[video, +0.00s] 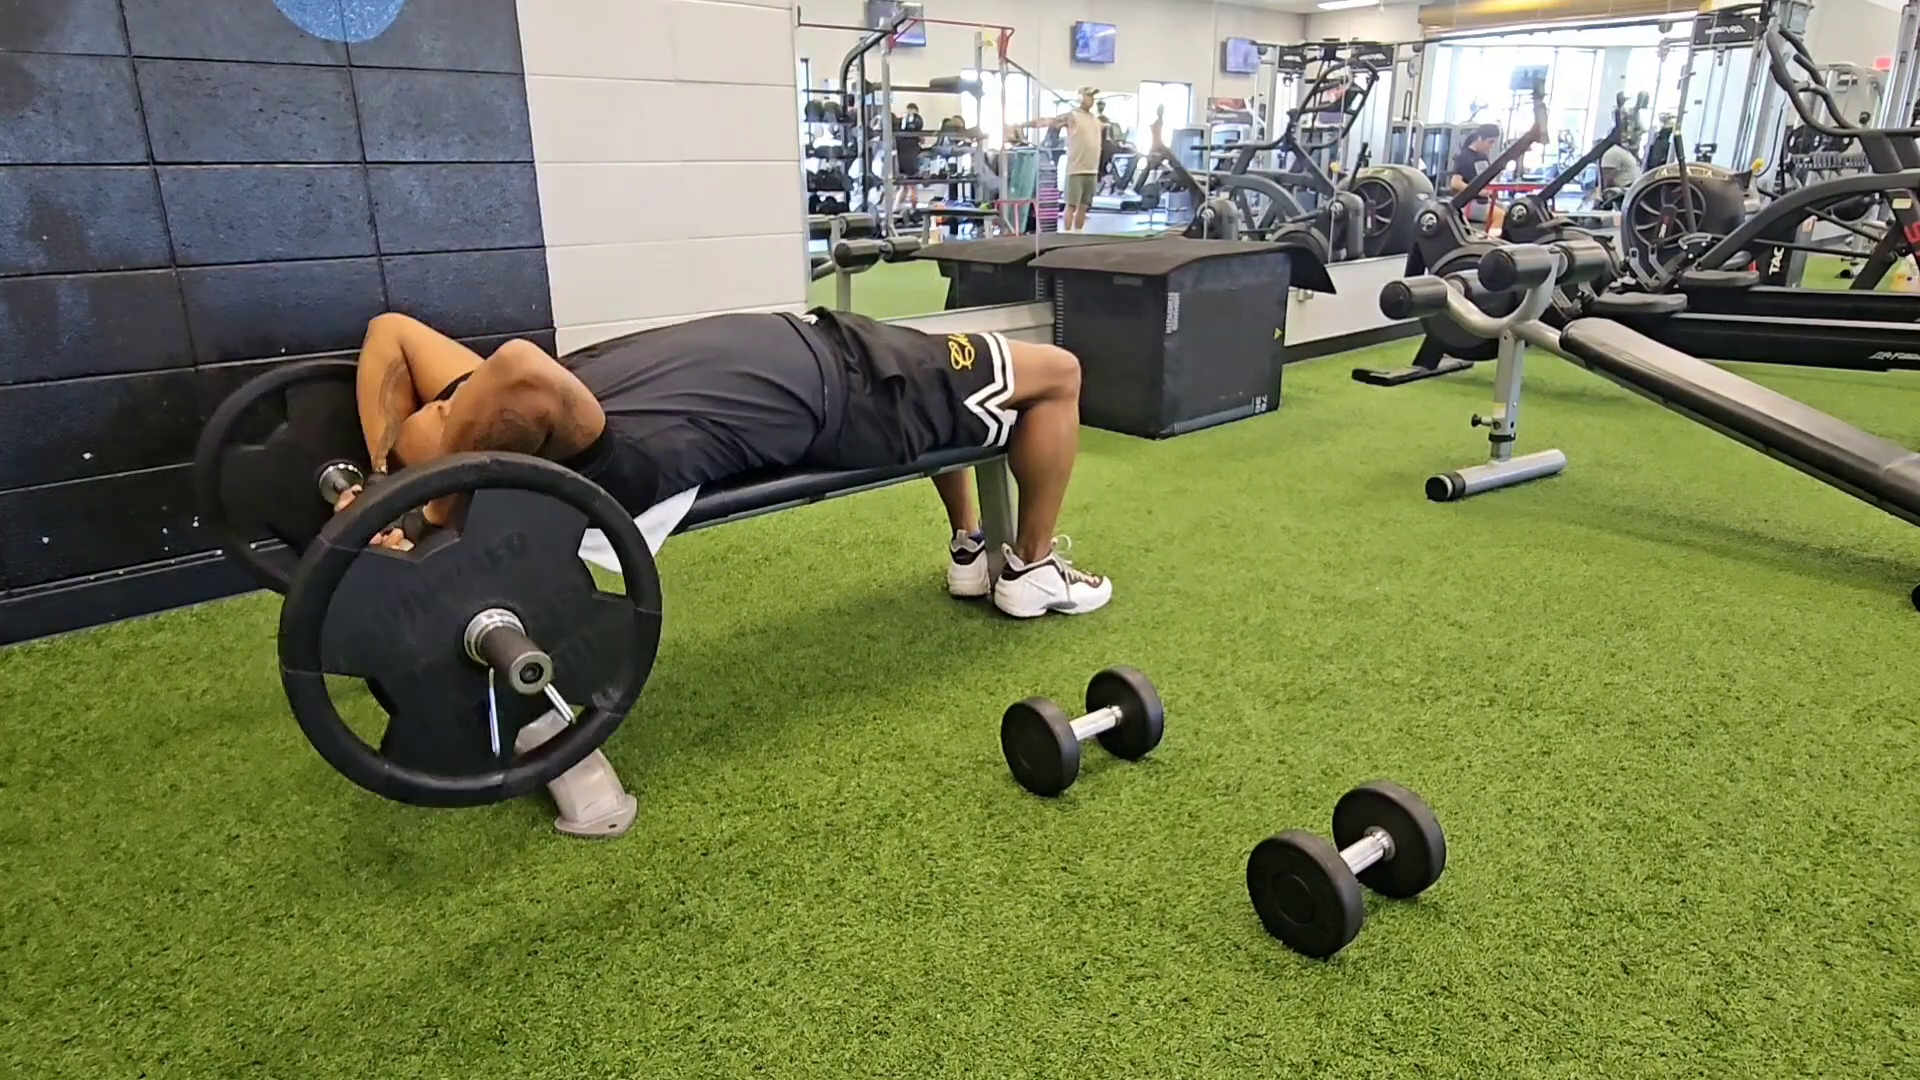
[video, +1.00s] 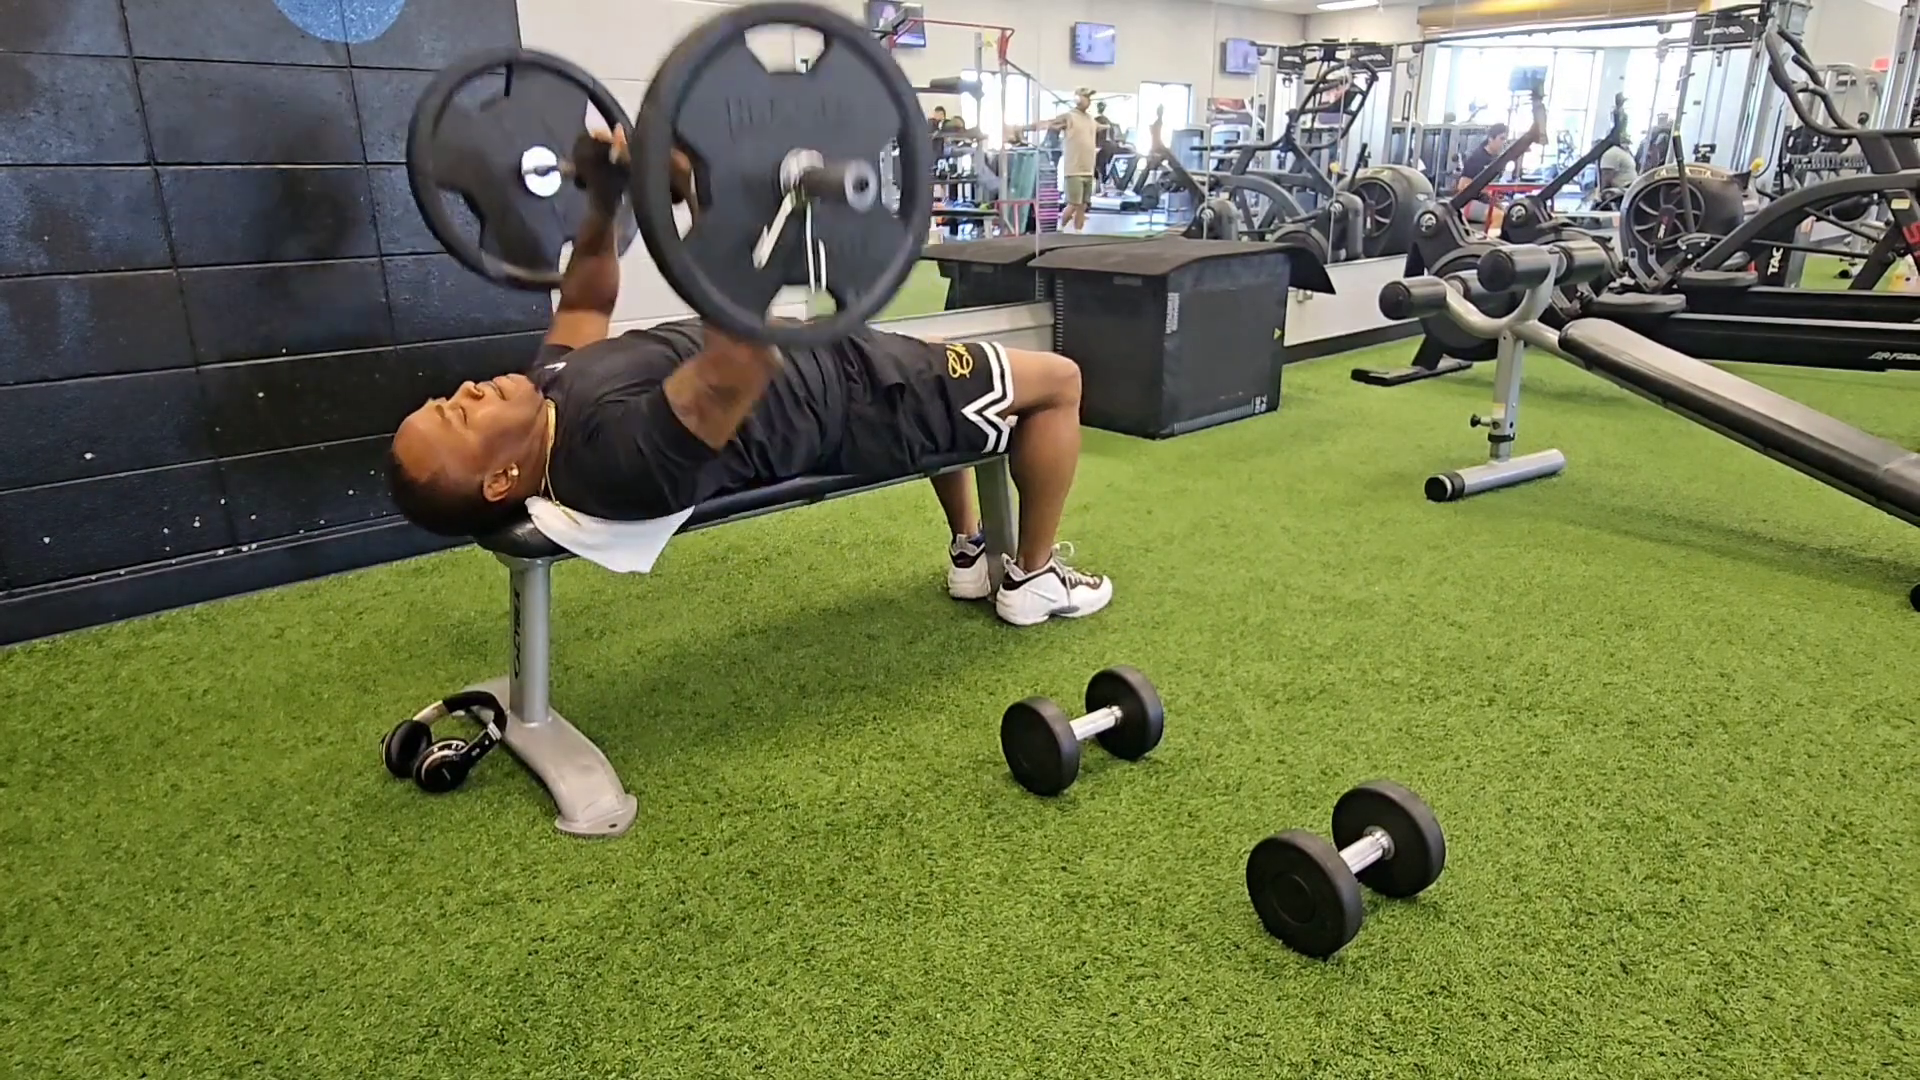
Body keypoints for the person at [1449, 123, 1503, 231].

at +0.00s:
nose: (1491, 146)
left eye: (1493, 143)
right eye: (1490, 142)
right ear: (1480, 138)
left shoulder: (1484, 157)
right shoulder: (1464, 156)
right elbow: (1455, 182)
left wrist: (1492, 189)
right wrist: (1479, 192)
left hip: (1486, 200)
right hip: (1470, 202)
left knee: (1507, 213)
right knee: (1499, 215)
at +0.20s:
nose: (1491, 147)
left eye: (1493, 143)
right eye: (1491, 142)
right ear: (1480, 138)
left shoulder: (1484, 156)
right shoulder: (1464, 156)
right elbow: (1455, 184)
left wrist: (1492, 189)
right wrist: (1478, 192)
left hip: (1485, 200)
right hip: (1470, 203)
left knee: (1507, 213)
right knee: (1499, 215)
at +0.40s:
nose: (1493, 147)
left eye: (1494, 143)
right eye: (1492, 142)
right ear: (1481, 138)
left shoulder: (1484, 157)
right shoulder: (1465, 157)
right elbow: (1454, 184)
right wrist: (1479, 192)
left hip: (1484, 201)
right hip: (1470, 203)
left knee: (1506, 213)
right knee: (1499, 215)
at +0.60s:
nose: (1492, 146)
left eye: (1494, 142)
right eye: (1491, 141)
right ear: (1480, 138)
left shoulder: (1483, 156)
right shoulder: (1465, 156)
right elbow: (1454, 185)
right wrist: (1478, 193)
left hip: (1486, 201)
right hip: (1469, 203)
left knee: (1505, 213)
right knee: (1499, 216)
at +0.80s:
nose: (1492, 144)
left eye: (1494, 140)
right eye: (1490, 139)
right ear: (1479, 138)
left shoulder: (1486, 157)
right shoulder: (1465, 156)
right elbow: (1455, 185)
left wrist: (1493, 191)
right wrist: (1480, 193)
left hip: (1487, 201)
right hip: (1469, 202)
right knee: (1499, 217)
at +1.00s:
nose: (1504, 143)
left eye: (1505, 139)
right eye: (1502, 138)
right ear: (1490, 138)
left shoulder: (1497, 159)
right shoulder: (1478, 157)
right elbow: (1463, 185)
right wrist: (1486, 194)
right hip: (1469, 201)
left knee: (1510, 211)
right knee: (1498, 216)